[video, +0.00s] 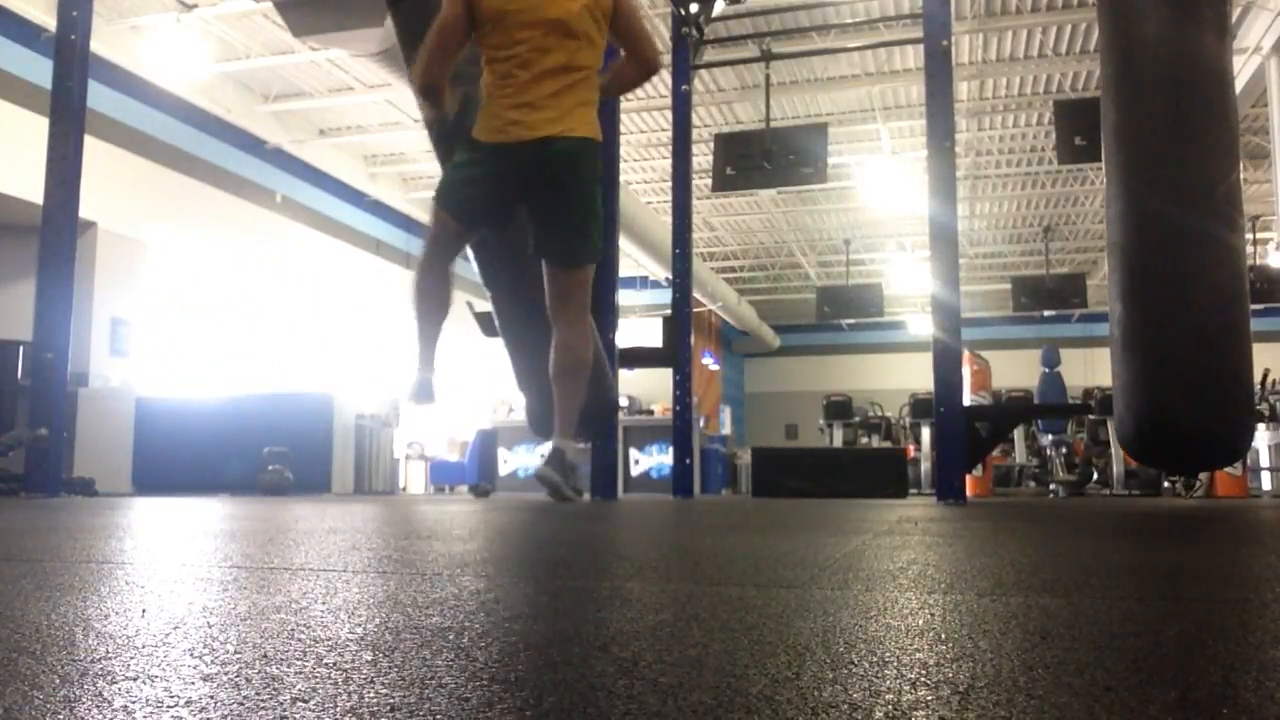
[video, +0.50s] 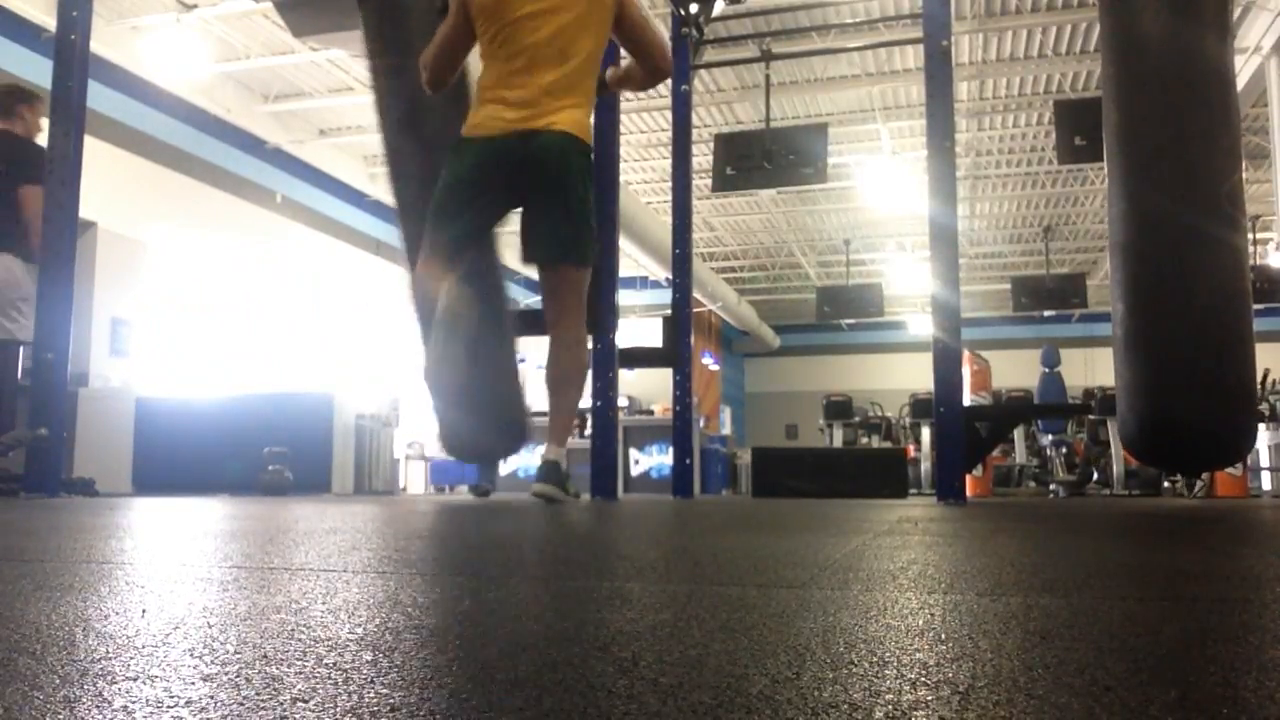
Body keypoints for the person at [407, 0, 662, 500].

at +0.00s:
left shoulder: (474, 2)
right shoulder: (602, 1)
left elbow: (429, 75)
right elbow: (646, 60)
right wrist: (591, 90)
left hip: (498, 145)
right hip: (573, 147)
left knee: (437, 256)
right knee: (572, 310)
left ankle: (424, 374)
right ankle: (563, 448)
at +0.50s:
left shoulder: (481, 2)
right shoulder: (605, 2)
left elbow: (435, 71)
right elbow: (657, 64)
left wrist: (441, 72)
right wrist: (610, 81)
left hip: (485, 142)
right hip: (563, 144)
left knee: (433, 273)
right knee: (567, 314)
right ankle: (554, 459)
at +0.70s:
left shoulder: (490, 2)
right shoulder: (619, 3)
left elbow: (433, 88)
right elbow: (676, 68)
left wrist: (405, 89)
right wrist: (634, 127)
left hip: (500, 149)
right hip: (577, 162)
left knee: (438, 216)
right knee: (577, 324)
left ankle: (381, 293)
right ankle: (546, 457)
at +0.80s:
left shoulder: (505, 1)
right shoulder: (632, 2)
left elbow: (447, 76)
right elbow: (693, 35)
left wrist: (414, 86)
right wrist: (666, 105)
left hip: (515, 130)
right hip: (591, 142)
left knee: (423, 236)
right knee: (578, 305)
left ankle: (356, 331)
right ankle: (557, 448)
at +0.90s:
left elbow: (466, 62)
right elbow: (701, 25)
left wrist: (459, 58)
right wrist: (677, 107)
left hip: (521, 114)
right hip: (598, 122)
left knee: (435, 245)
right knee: (594, 297)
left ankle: (393, 376)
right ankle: (587, 440)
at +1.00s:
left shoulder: (509, 0)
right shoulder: (638, 1)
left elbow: (463, 68)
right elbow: (704, 50)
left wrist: (502, 70)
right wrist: (680, 136)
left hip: (527, 143)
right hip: (604, 146)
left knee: (468, 291)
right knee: (595, 318)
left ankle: (470, 385)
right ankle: (602, 463)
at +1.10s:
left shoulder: (499, 3)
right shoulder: (636, 2)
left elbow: (462, 85)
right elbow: (689, 77)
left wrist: (528, 103)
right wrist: (680, 169)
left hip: (538, 142)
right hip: (614, 143)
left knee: (522, 312)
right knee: (584, 320)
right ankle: (596, 466)